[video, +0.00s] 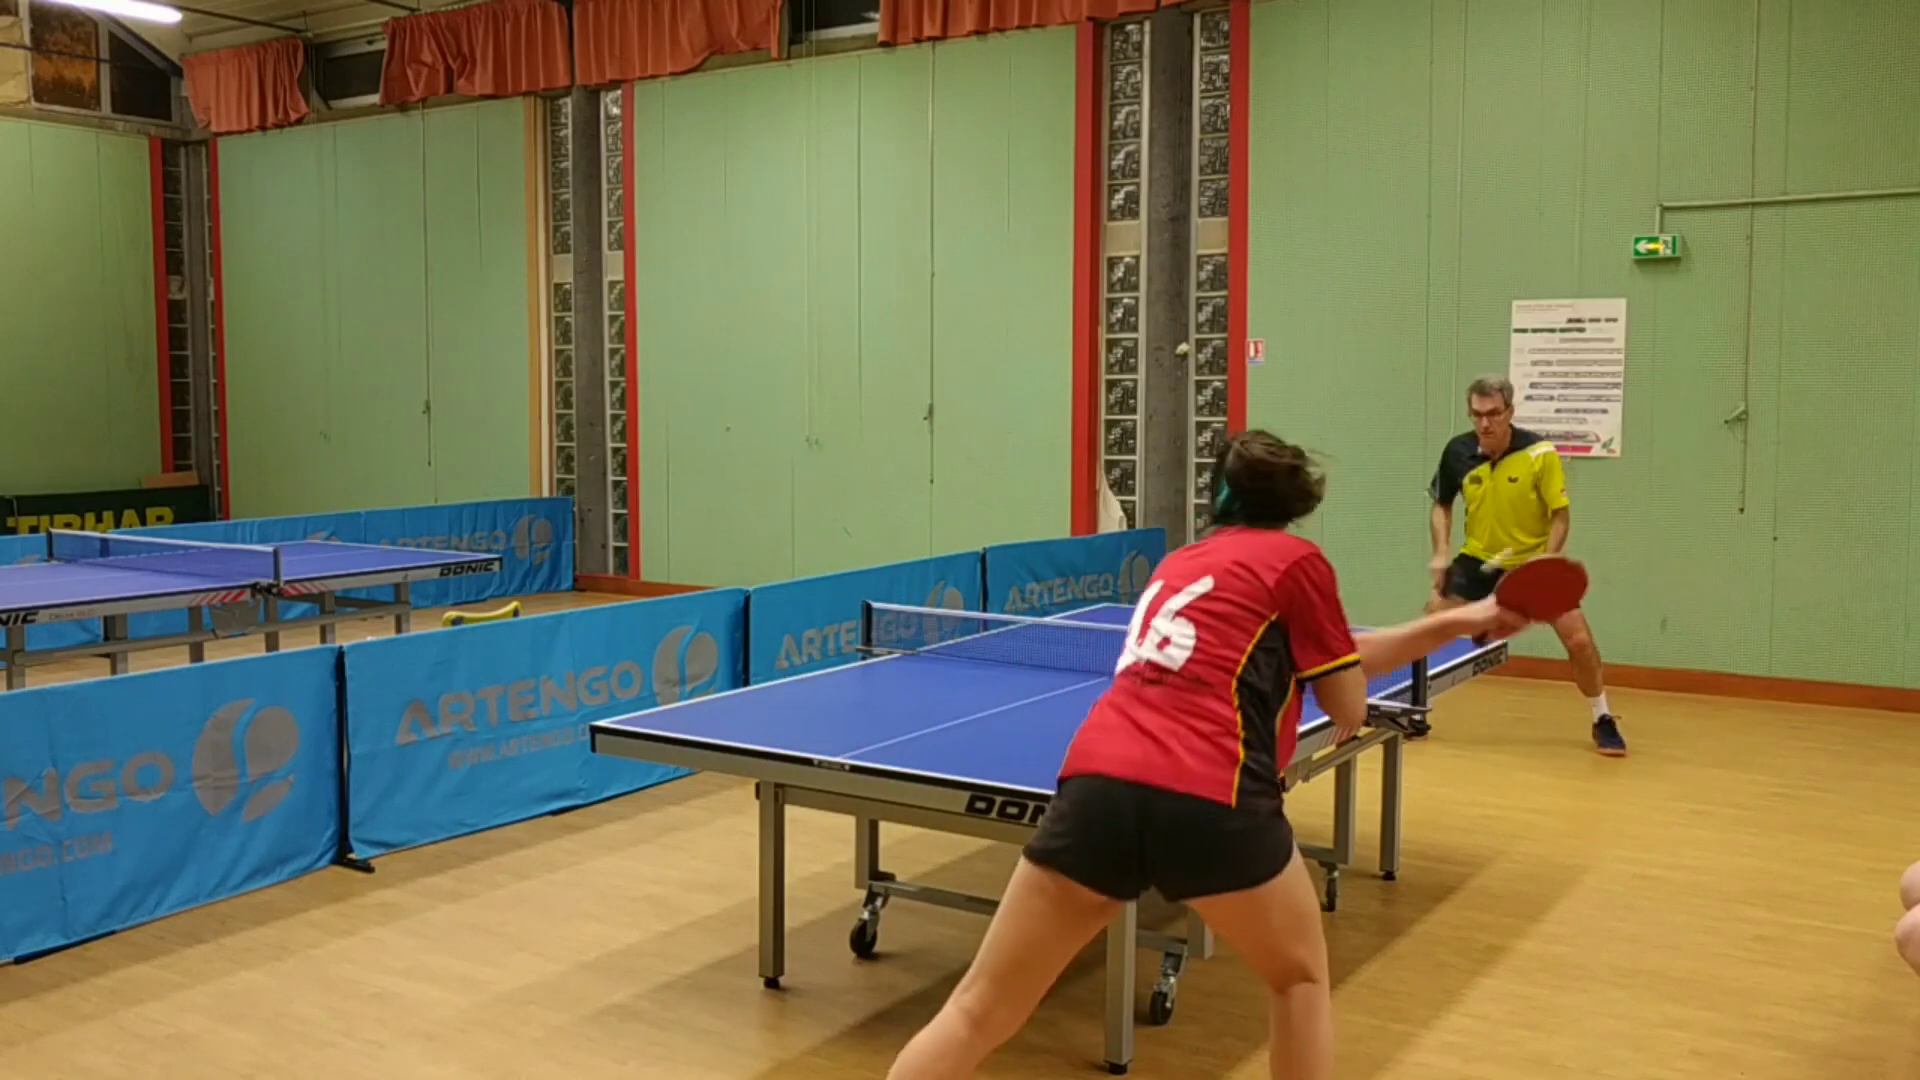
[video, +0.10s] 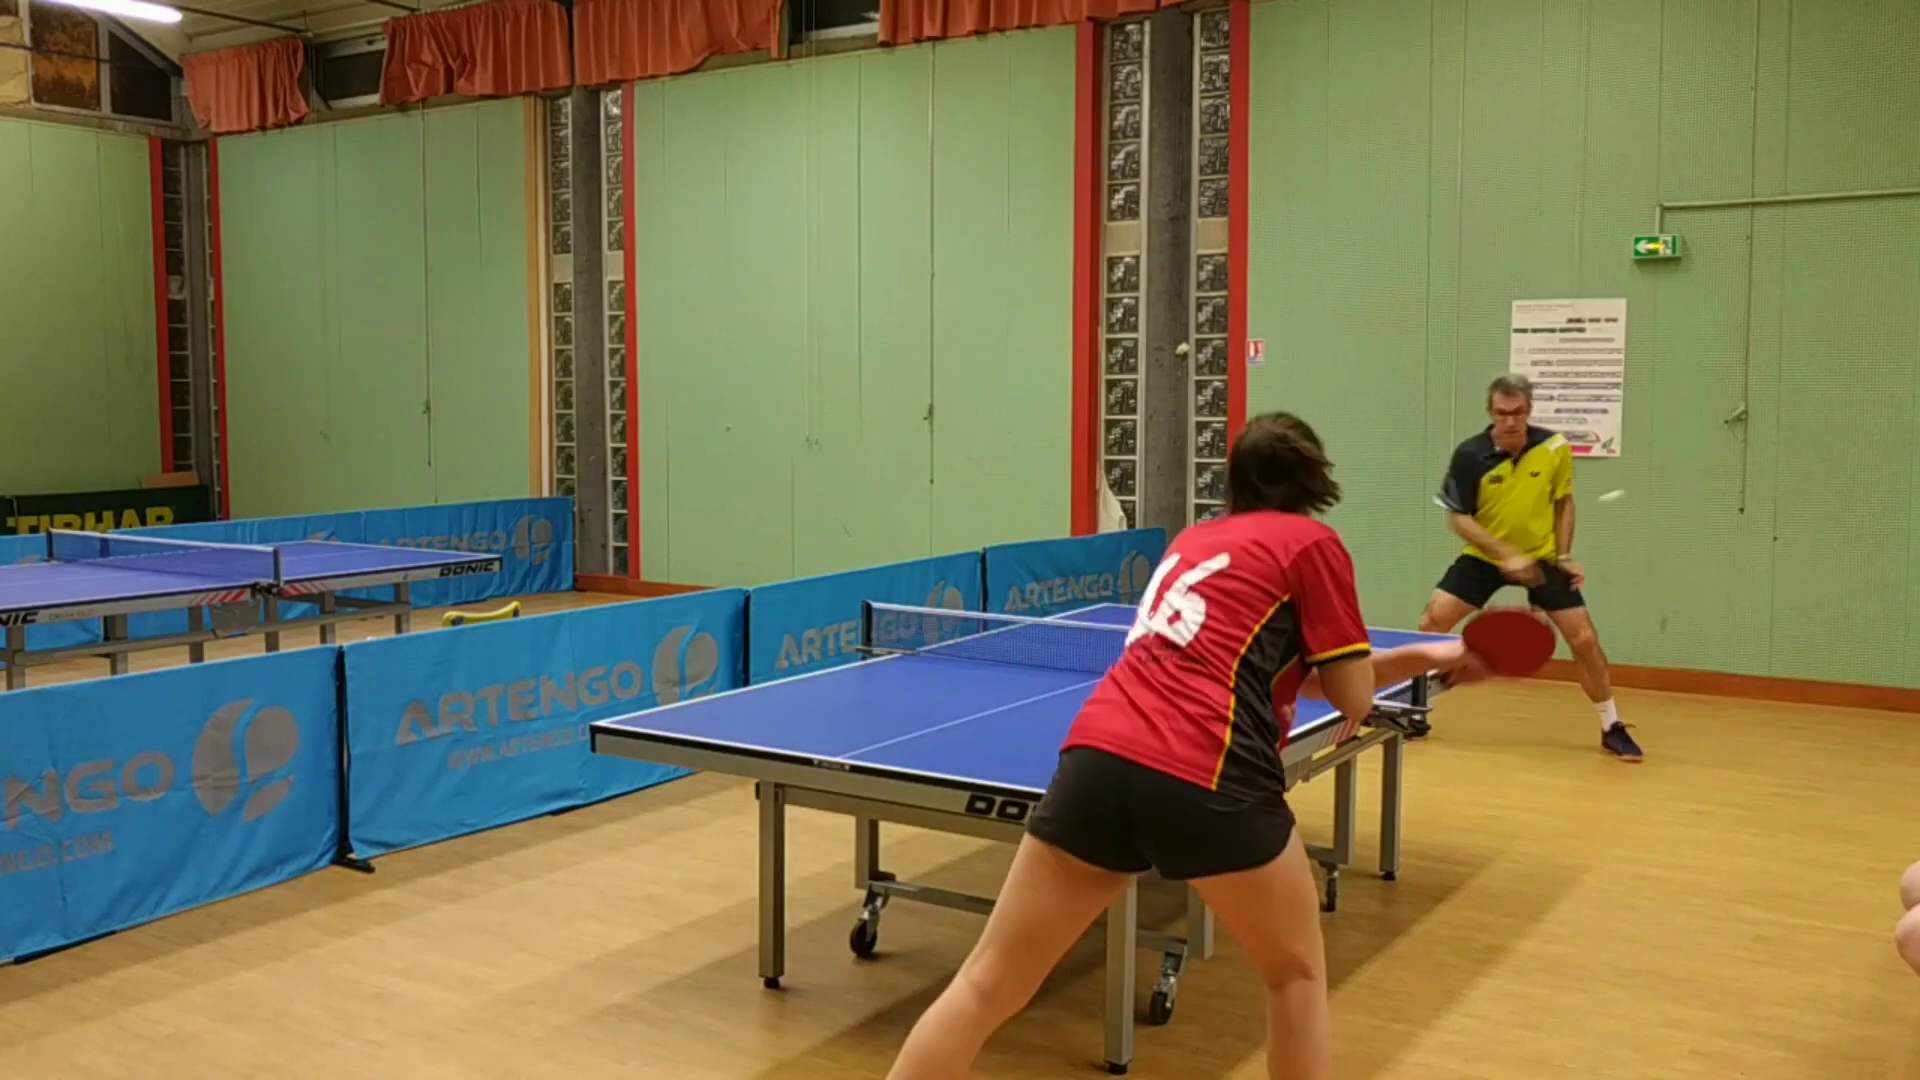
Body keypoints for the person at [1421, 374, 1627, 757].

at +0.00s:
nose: (1484, 424)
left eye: (1492, 415)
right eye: (1477, 415)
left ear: (1510, 412)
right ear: (1470, 415)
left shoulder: (1539, 454)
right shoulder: (1459, 452)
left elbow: (1560, 518)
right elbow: (1442, 502)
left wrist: (1545, 566)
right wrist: (1441, 555)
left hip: (1532, 564)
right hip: (1475, 562)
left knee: (1580, 641)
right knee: (1432, 626)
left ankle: (1603, 718)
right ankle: (1411, 707)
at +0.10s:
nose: (1510, 423)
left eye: (1518, 414)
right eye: (1502, 414)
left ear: (1530, 412)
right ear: (1490, 414)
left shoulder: (1554, 446)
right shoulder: (1470, 455)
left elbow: (1564, 502)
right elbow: (1460, 519)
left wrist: (1564, 554)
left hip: (1543, 561)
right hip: (1484, 559)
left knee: (1585, 640)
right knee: (1434, 621)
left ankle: (1612, 726)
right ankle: (1413, 709)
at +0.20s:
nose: (1541, 418)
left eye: (1548, 410)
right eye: (1533, 409)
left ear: (1556, 408)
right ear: (1516, 408)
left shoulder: (1565, 438)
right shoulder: (1505, 454)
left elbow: (1574, 494)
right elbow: (1545, 516)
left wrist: (1593, 542)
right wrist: (1619, 527)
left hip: (1557, 555)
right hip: (1504, 554)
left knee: (1590, 637)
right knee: (1453, 627)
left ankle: (1612, 726)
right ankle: (1415, 708)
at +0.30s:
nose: (1585, 416)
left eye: (1588, 409)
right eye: (1576, 409)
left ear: (1588, 410)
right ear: (1553, 410)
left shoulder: (1571, 446)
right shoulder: (1549, 449)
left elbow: (1582, 490)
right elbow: (1630, 472)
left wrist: (1617, 514)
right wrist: (1703, 472)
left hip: (1569, 561)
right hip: (1522, 562)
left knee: (1606, 631)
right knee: (1487, 643)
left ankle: (1615, 728)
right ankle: (1418, 700)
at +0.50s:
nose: (1680, 439)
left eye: (1681, 433)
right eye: (1678, 432)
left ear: (1646, 426)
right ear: (1658, 431)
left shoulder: (1603, 441)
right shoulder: (1634, 461)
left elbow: (1561, 458)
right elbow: (1699, 464)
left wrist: (1601, 480)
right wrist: (1760, 422)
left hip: (1590, 570)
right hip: (1554, 567)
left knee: (1636, 628)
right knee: (1503, 649)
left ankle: (1624, 729)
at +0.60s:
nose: (1705, 441)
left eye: (1706, 435)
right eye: (1705, 434)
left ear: (1670, 422)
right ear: (1688, 432)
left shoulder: (1624, 441)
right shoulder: (1660, 457)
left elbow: (1574, 477)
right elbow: (1706, 491)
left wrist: (1601, 515)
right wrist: (1770, 460)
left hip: (1596, 563)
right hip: (1569, 561)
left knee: (1640, 628)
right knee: (1537, 648)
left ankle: (1625, 730)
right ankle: (1437, 694)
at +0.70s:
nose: (1722, 436)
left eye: (1724, 429)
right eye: (1722, 428)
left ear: (1686, 415)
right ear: (1707, 423)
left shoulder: (1636, 436)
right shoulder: (1673, 451)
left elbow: (1595, 485)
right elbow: (1690, 513)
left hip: (1608, 553)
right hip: (1586, 552)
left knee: (1641, 629)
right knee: (1580, 645)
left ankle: (1624, 729)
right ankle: (1486, 704)